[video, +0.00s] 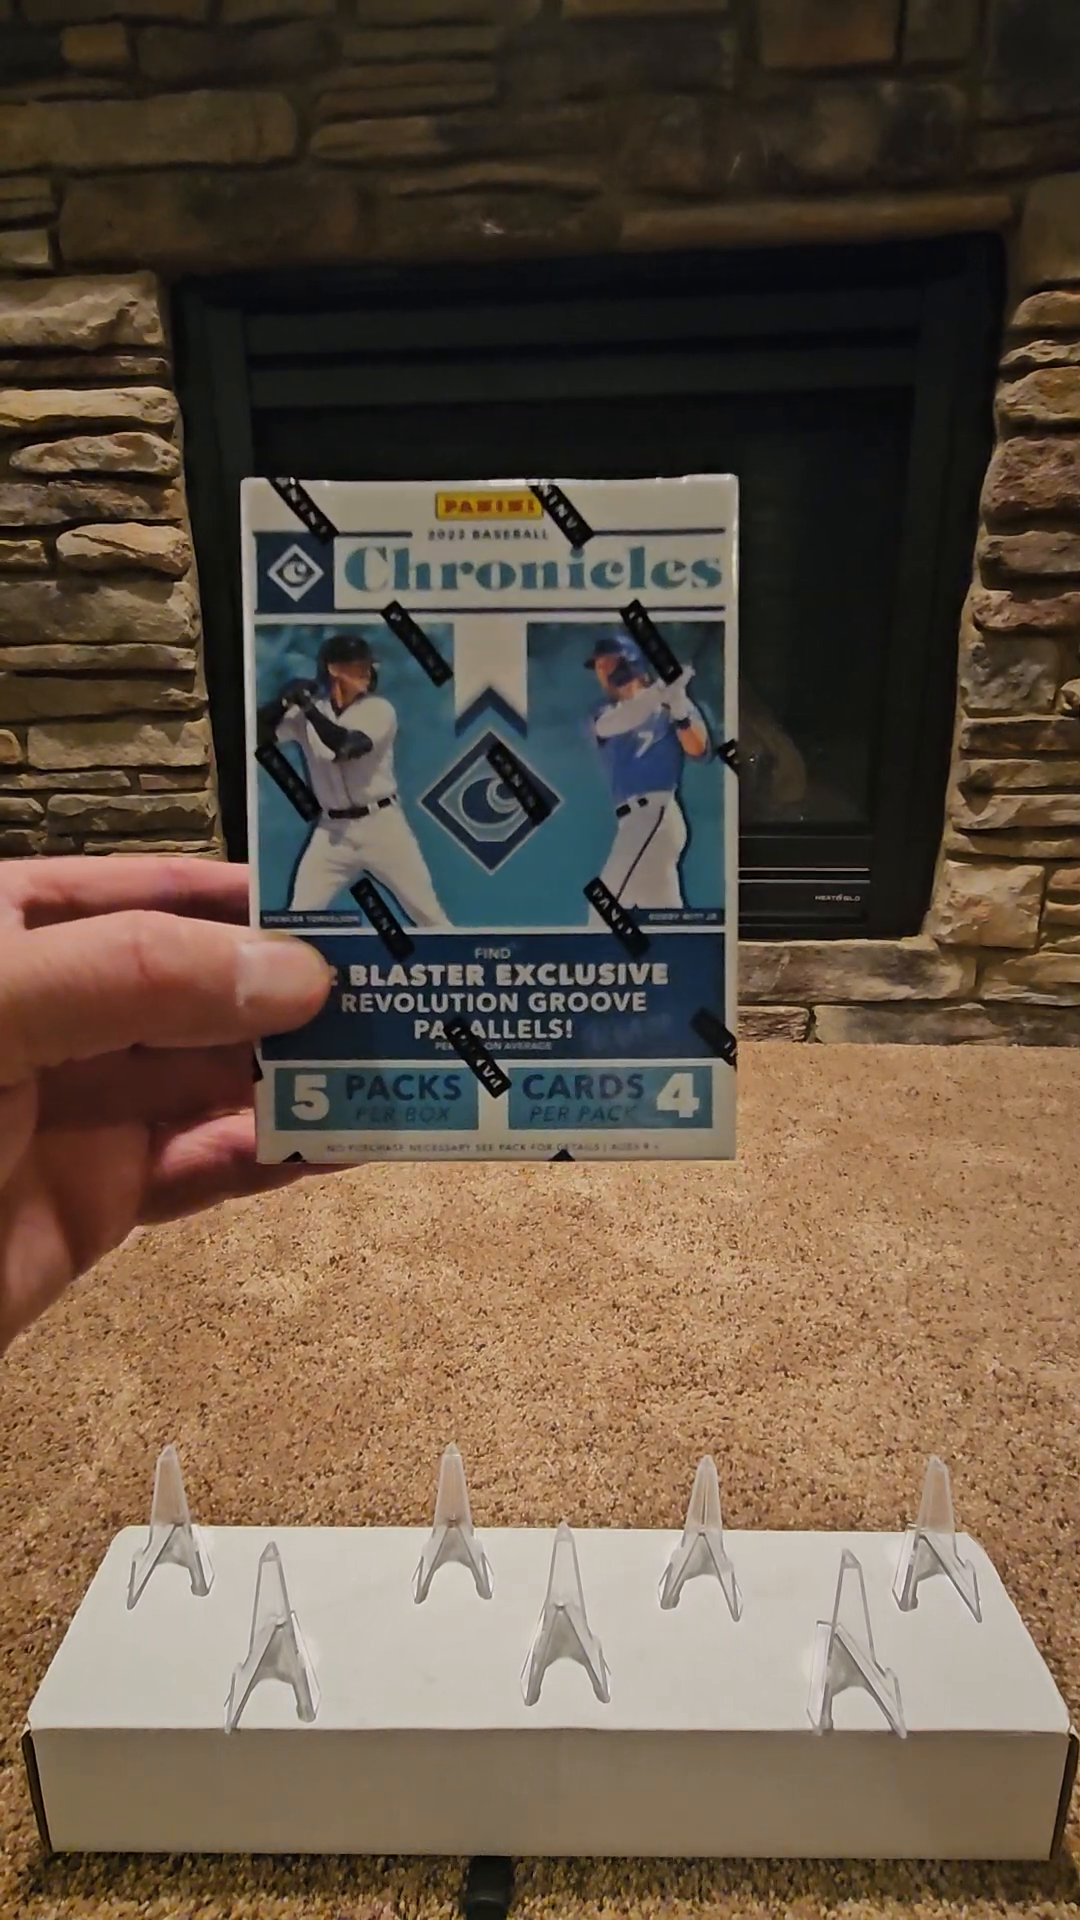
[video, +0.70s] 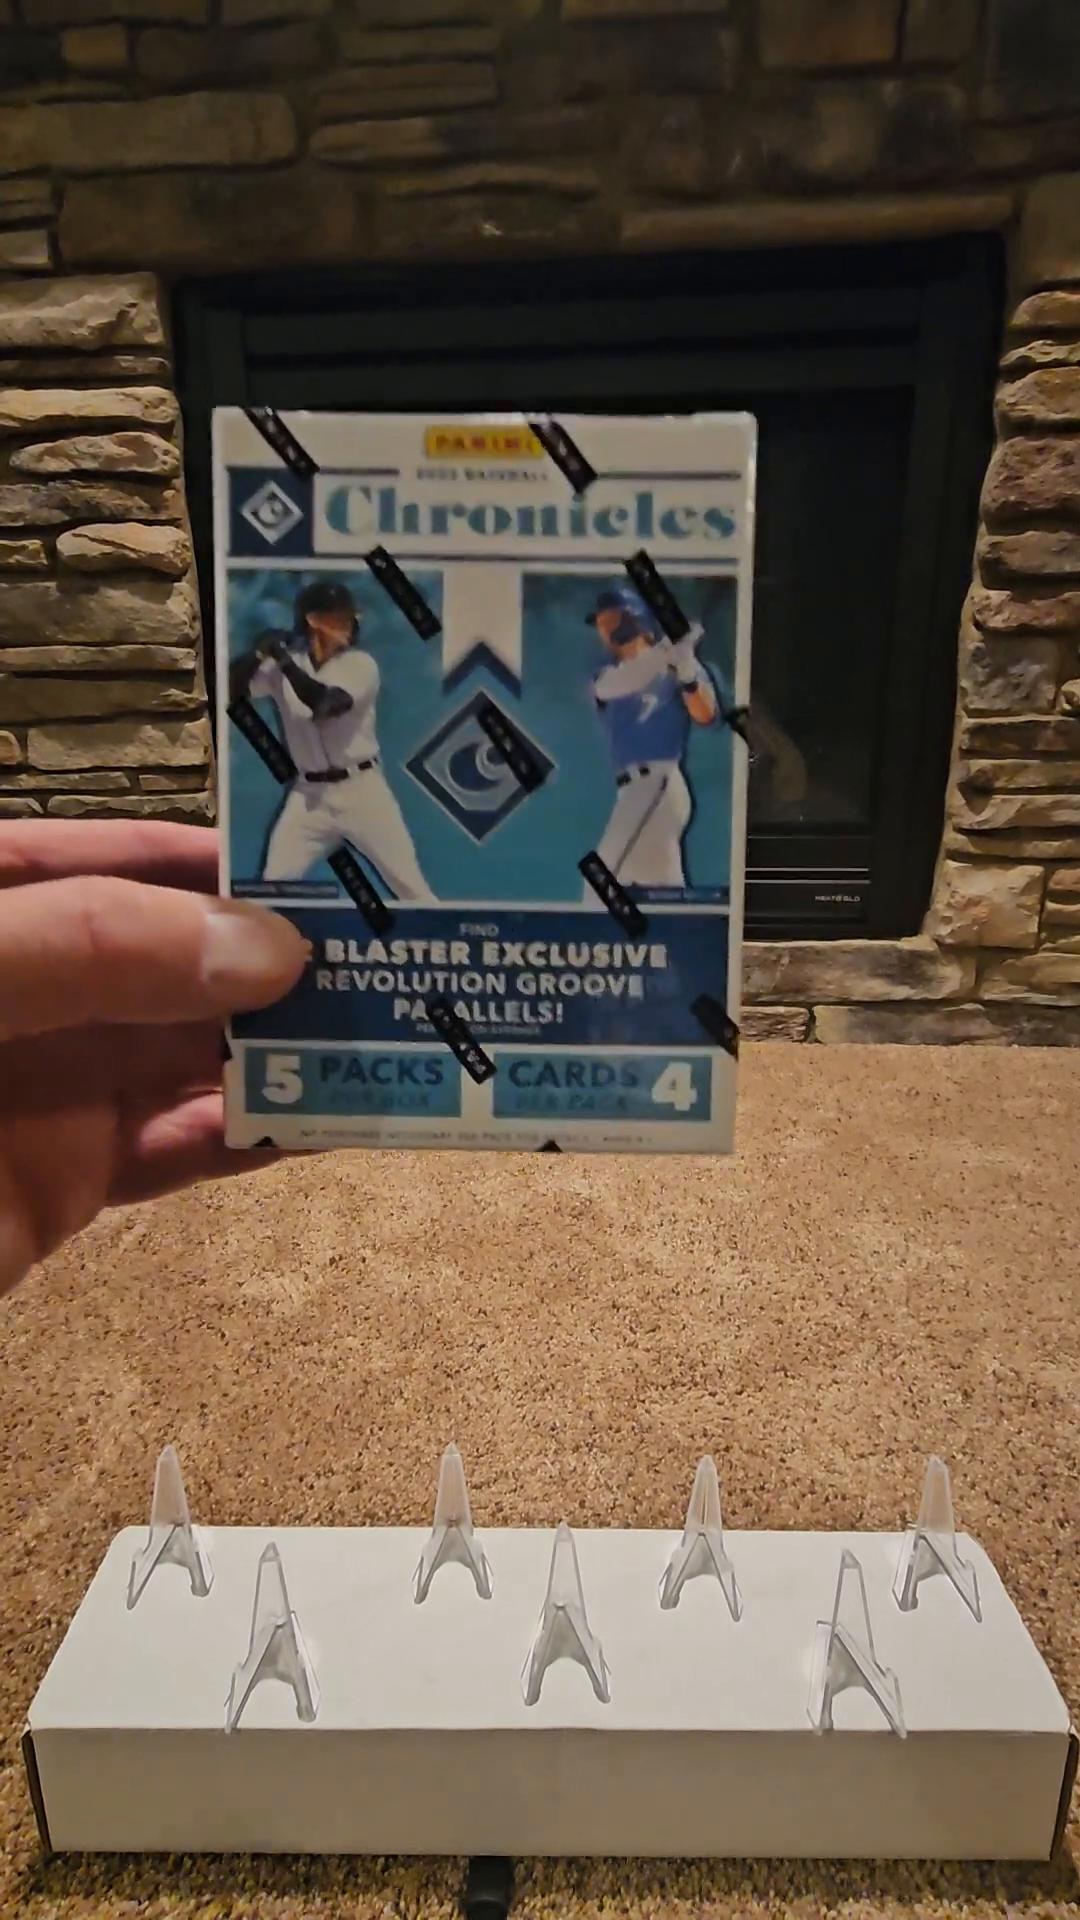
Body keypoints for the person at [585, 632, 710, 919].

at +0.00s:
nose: (604, 673)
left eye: (611, 663)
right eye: (600, 666)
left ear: (631, 664)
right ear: (596, 673)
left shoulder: (672, 702)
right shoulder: (601, 714)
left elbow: (699, 750)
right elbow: (624, 720)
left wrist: (679, 707)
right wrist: (662, 689)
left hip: (656, 816)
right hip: (632, 820)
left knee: (605, 906)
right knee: (665, 919)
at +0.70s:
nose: (605, 631)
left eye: (613, 620)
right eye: (601, 623)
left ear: (636, 621)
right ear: (598, 630)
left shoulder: (678, 664)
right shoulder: (606, 676)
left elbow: (705, 716)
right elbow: (625, 682)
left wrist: (686, 667)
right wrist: (666, 651)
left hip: (659, 785)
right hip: (632, 789)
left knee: (602, 881)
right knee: (663, 894)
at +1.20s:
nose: (631, 531)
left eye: (639, 519)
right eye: (627, 522)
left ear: (665, 520)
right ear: (624, 528)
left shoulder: (715, 566)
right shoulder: (632, 578)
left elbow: (747, 623)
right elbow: (645, 591)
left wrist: (724, 567)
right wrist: (703, 548)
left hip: (695, 703)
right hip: (667, 708)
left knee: (633, 814)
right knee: (704, 828)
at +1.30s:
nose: (644, 525)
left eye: (653, 513)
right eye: (641, 516)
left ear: (681, 514)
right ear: (638, 521)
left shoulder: (735, 562)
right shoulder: (652, 575)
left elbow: (765, 621)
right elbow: (655, 590)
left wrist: (742, 562)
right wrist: (718, 546)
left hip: (711, 704)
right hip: (682, 709)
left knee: (647, 819)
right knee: (721, 833)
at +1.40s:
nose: (669, 529)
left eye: (679, 517)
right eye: (665, 520)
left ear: (706, 518)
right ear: (661, 526)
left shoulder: (759, 568)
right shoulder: (671, 581)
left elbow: (789, 629)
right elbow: (687, 592)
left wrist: (765, 568)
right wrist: (743, 551)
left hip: (733, 712)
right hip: (704, 717)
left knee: (666, 827)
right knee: (742, 844)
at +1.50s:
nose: (679, 509)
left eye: (688, 496)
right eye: (674, 500)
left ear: (717, 497)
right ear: (670, 506)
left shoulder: (769, 547)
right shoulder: (680, 562)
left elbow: (801, 609)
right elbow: (698, 572)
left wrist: (777, 546)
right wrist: (757, 528)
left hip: (744, 697)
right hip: (713, 702)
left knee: (676, 816)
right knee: (753, 832)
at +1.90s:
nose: (683, 554)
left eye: (692, 541)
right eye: (678, 545)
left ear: (719, 544)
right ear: (675, 555)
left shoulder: (763, 590)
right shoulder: (686, 607)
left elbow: (800, 651)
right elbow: (692, 620)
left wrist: (776, 589)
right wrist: (755, 576)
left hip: (746, 733)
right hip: (714, 737)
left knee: (680, 849)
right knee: (749, 863)